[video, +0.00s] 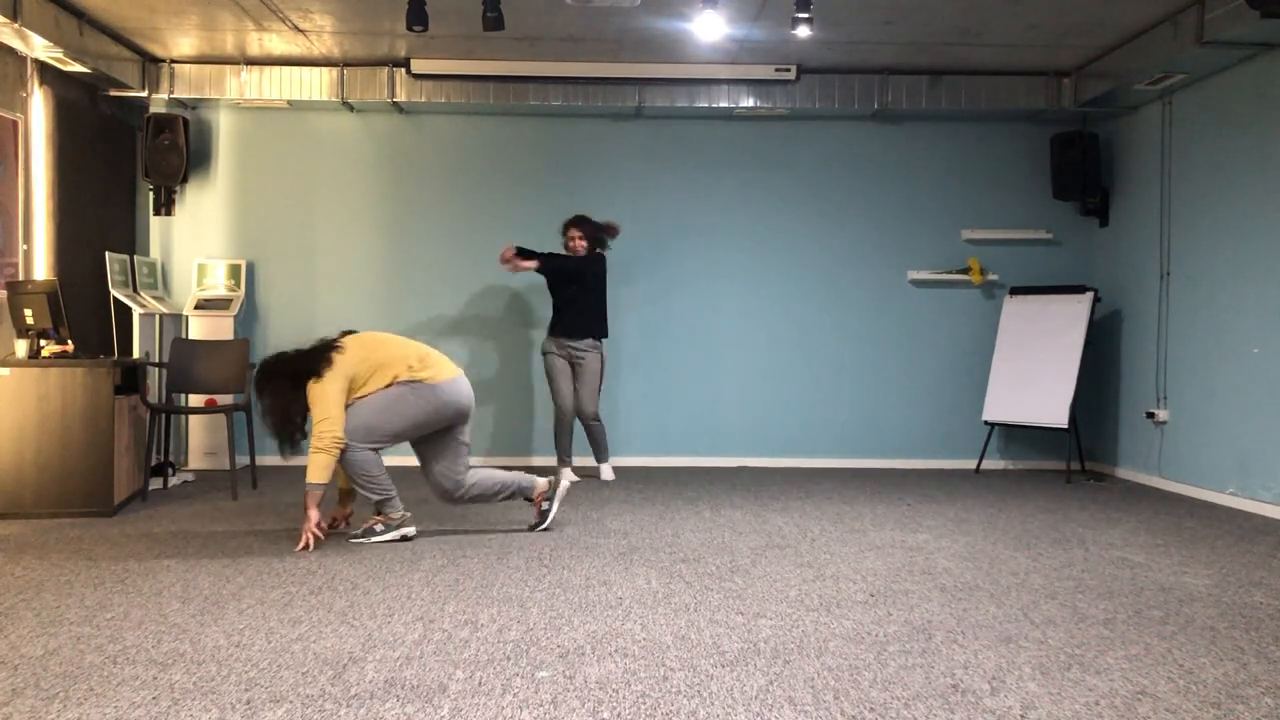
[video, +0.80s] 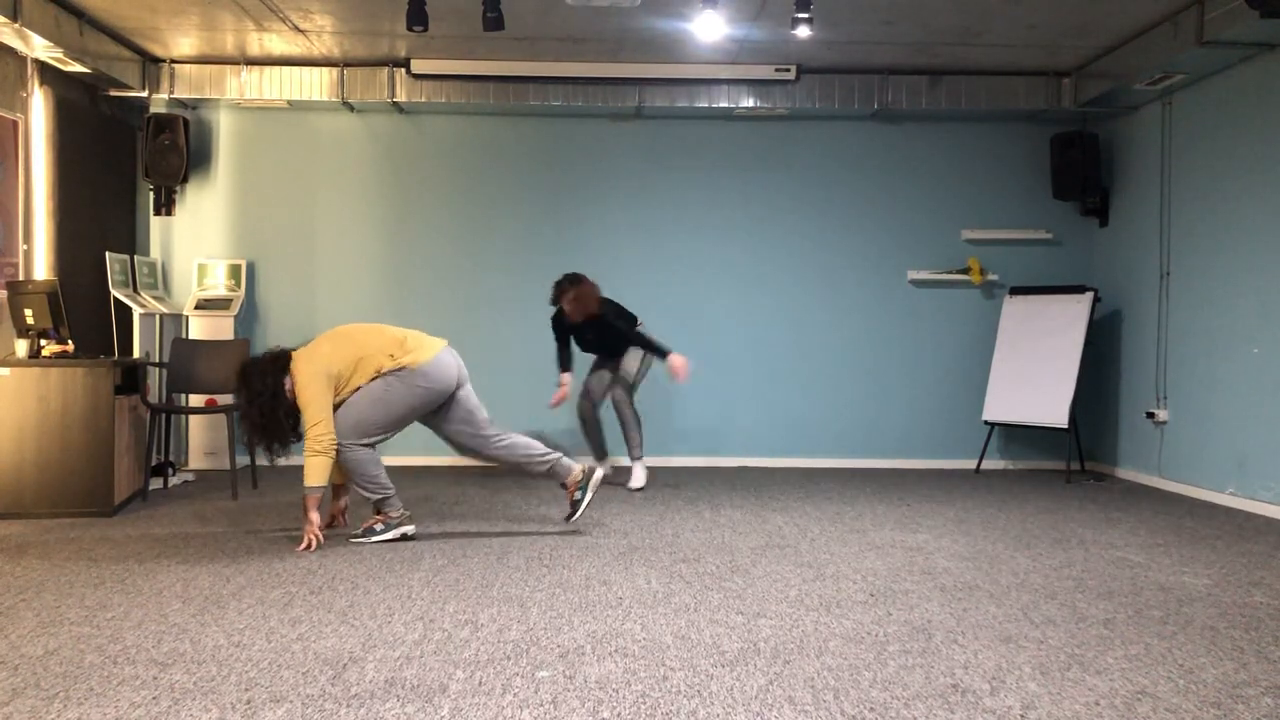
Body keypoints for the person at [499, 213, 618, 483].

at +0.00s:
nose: (573, 243)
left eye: (579, 238)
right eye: (569, 238)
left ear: (590, 241)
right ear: (564, 241)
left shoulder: (596, 261)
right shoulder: (558, 262)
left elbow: (568, 265)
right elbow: (539, 257)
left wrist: (534, 266)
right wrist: (515, 252)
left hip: (588, 347)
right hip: (556, 345)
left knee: (587, 411)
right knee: (564, 409)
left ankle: (604, 465)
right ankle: (565, 470)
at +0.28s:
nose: (535, 246)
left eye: (540, 241)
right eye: (535, 240)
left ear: (551, 243)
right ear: (557, 242)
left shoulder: (561, 265)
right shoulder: (544, 267)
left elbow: (528, 289)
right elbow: (532, 287)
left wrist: (520, 292)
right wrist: (522, 291)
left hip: (586, 341)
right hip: (561, 342)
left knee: (579, 412)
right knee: (543, 406)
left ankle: (612, 463)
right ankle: (541, 464)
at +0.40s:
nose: (518, 277)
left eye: (522, 272)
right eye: (517, 272)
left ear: (532, 273)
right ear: (542, 271)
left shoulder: (539, 299)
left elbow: (533, 323)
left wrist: (525, 330)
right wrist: (518, 265)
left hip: (591, 354)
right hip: (564, 358)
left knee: (574, 415)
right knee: (542, 410)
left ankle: (615, 462)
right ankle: (545, 465)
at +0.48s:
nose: (522, 294)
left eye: (525, 288)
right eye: (521, 290)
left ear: (540, 286)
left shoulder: (555, 309)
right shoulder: (539, 310)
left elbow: (532, 352)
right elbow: (533, 335)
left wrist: (525, 352)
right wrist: (519, 350)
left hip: (597, 356)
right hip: (569, 359)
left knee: (577, 409)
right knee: (542, 410)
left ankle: (614, 459)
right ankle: (546, 464)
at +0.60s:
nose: (544, 305)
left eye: (547, 298)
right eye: (540, 300)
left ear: (558, 296)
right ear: (536, 301)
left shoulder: (576, 312)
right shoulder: (541, 323)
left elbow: (559, 356)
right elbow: (524, 354)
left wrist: (554, 394)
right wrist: (498, 391)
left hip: (611, 351)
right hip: (583, 357)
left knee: (592, 401)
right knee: (557, 406)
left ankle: (623, 463)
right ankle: (545, 464)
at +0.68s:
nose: (553, 309)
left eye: (558, 302)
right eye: (549, 303)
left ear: (569, 298)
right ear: (545, 302)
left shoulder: (588, 310)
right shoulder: (548, 322)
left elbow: (594, 349)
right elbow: (535, 353)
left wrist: (596, 387)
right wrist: (514, 392)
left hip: (622, 351)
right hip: (593, 357)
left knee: (606, 407)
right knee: (562, 406)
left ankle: (635, 471)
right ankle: (549, 465)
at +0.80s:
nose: (571, 309)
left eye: (575, 302)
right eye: (567, 304)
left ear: (586, 300)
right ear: (561, 304)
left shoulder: (605, 310)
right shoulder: (561, 321)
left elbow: (635, 335)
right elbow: (563, 346)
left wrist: (668, 355)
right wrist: (565, 381)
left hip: (635, 347)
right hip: (608, 353)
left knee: (620, 395)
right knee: (585, 405)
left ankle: (637, 465)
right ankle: (603, 463)